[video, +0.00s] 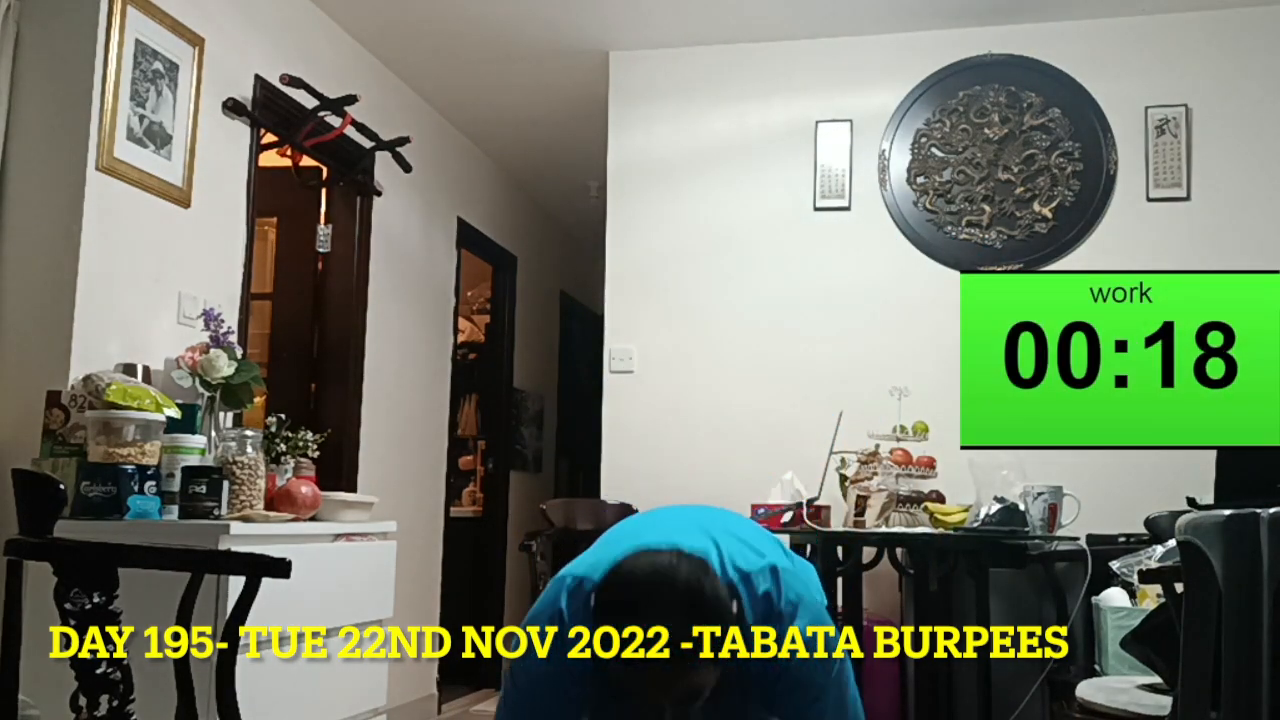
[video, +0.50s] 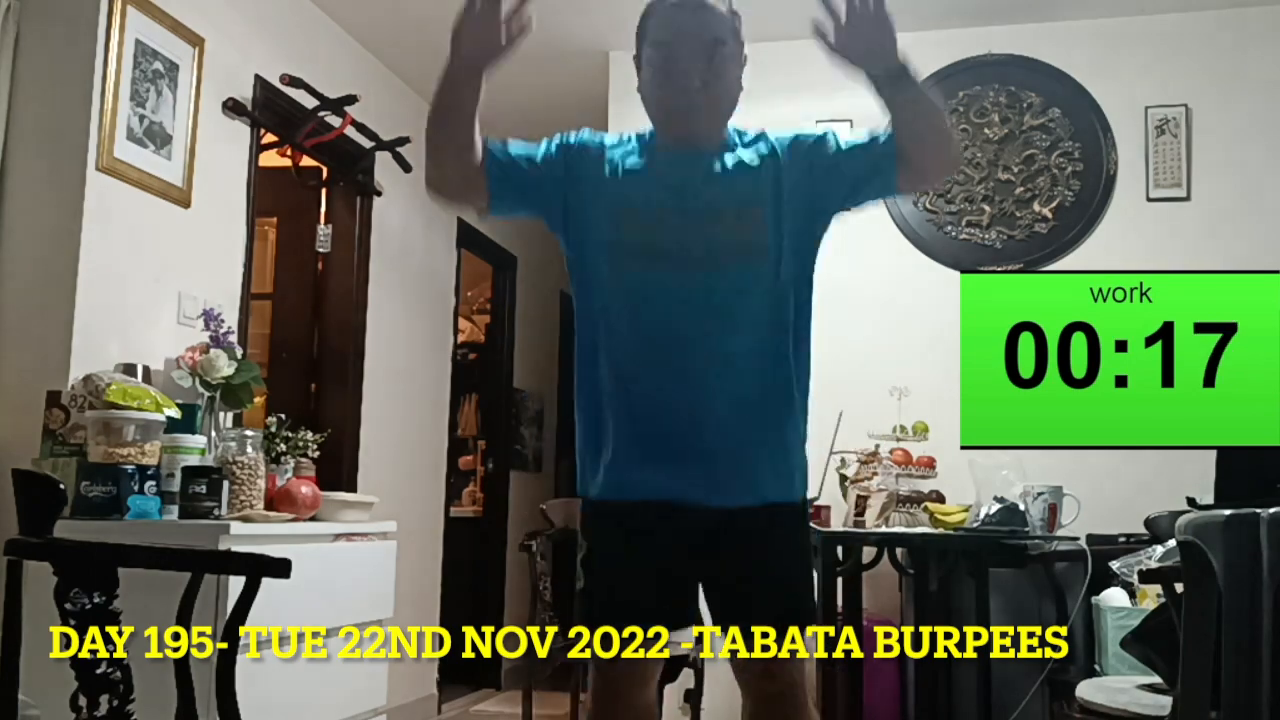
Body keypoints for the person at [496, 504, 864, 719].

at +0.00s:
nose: (670, 719)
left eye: (690, 701)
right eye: (648, 702)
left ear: (728, 648)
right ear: (598, 652)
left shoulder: (794, 617)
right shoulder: (552, 628)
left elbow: (835, 713)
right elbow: (520, 713)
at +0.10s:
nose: (663, 579)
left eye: (688, 555)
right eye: (638, 555)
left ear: (729, 525)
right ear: (609, 524)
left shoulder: (799, 549)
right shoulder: (559, 547)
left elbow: (877, 709)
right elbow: (484, 709)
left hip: (758, 665)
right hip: (616, 667)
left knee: (811, 702)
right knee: (550, 700)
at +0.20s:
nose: (667, 438)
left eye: (693, 409)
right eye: (643, 408)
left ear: (736, 390)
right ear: (615, 390)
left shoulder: (799, 460)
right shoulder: (573, 453)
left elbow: (858, 616)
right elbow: (526, 612)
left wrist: (763, 707)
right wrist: (597, 704)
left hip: (764, 620)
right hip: (619, 619)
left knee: (815, 709)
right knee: (551, 706)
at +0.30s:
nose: (675, 299)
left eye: (700, 272)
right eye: (653, 272)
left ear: (740, 274)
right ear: (626, 270)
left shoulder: (801, 380)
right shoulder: (578, 372)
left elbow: (848, 511)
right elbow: (540, 491)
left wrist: (777, 559)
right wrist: (567, 550)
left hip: (767, 612)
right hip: (623, 603)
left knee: (811, 711)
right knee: (558, 707)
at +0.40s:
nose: (686, 185)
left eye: (708, 160)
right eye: (664, 161)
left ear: (742, 167)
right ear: (635, 172)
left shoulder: (791, 277)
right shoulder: (581, 279)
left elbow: (925, 364)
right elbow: (476, 376)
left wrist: (856, 329)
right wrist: (493, 322)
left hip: (767, 584)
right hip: (620, 583)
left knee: (802, 708)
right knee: (578, 710)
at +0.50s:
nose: (689, 71)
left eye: (712, 50)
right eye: (667, 52)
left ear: (741, 65)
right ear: (638, 67)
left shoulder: (792, 166)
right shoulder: (583, 169)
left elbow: (933, 157)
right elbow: (452, 175)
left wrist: (887, 70)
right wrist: (466, 66)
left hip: (762, 498)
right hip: (628, 499)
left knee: (783, 694)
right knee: (619, 697)